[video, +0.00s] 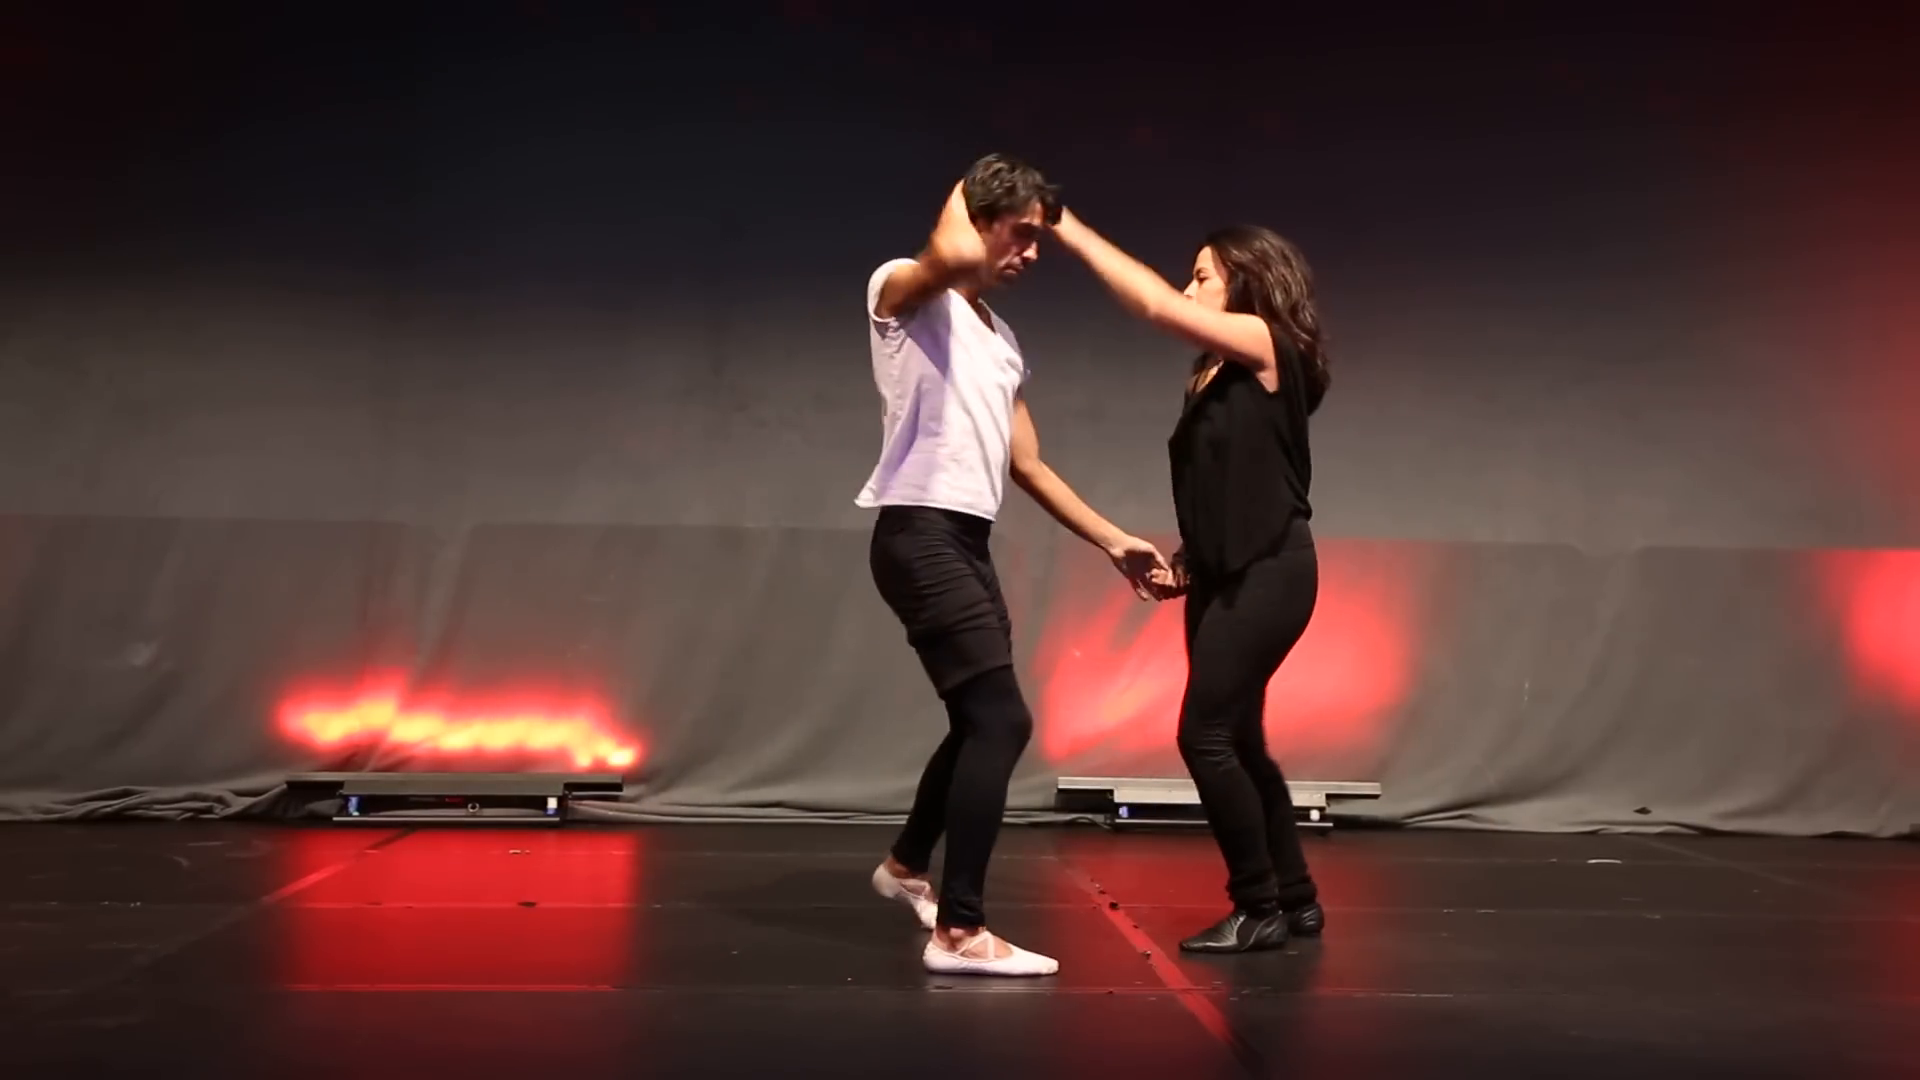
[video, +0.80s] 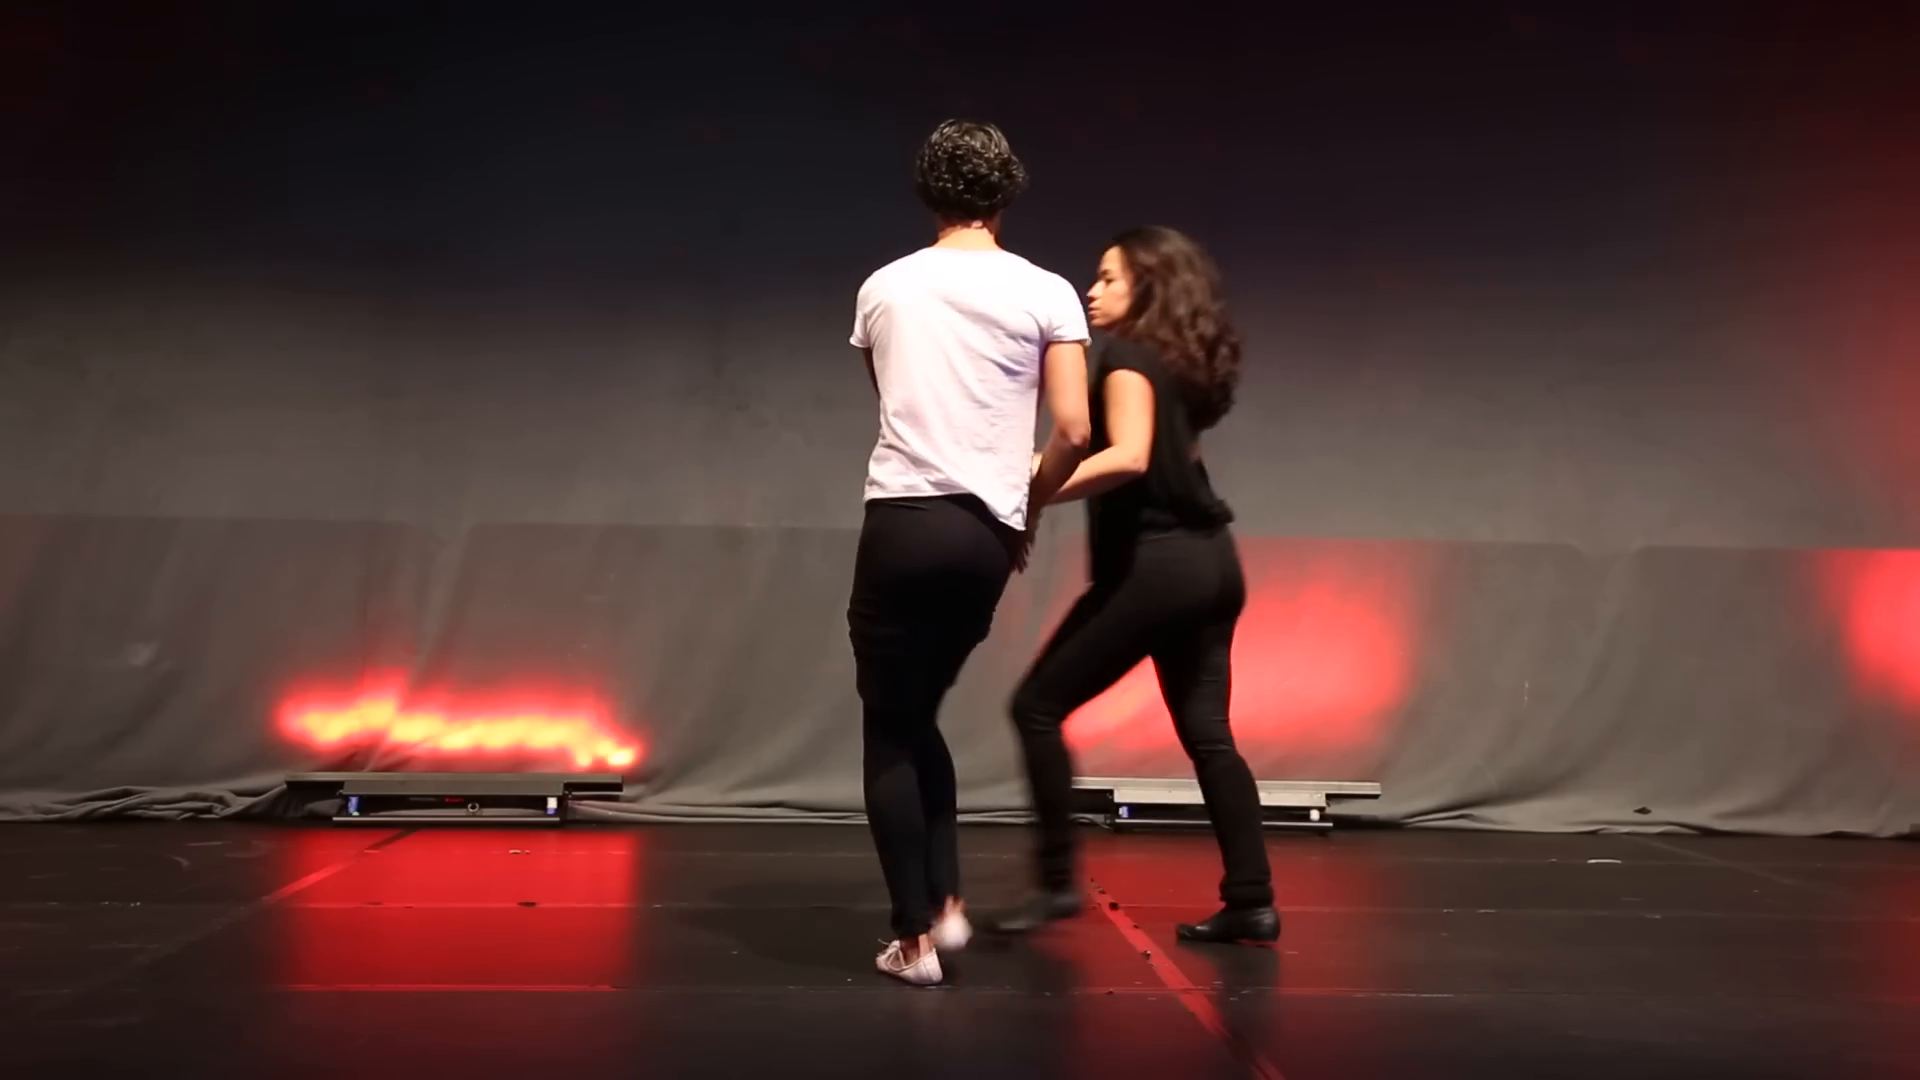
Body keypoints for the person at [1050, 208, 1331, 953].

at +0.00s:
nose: (1189, 290)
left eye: (1202, 278)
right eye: (1191, 277)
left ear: (1248, 283)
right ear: (1231, 288)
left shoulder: (1269, 341)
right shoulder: (1213, 368)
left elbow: (1159, 305)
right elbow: (1230, 493)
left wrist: (1072, 230)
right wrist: (1183, 558)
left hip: (1269, 575)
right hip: (1220, 577)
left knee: (1206, 734)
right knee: (1241, 744)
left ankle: (1260, 910)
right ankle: (1292, 901)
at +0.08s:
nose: (1189, 289)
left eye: (1203, 277)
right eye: (1192, 277)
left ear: (1249, 285)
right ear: (1233, 287)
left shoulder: (1281, 348)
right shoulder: (1210, 365)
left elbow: (1163, 348)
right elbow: (1226, 484)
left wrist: (1079, 296)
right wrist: (1179, 551)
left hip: (1268, 572)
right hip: (1215, 573)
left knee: (1216, 739)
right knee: (1203, 738)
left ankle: (1260, 913)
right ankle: (1285, 884)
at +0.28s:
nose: (1179, 294)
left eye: (1195, 281)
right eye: (1182, 280)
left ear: (1240, 290)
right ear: (1211, 292)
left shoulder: (1264, 366)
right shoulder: (1198, 380)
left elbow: (1196, 442)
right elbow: (1179, 495)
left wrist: (1082, 414)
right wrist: (1097, 523)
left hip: (1267, 584)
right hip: (1212, 585)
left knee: (1232, 742)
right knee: (1122, 717)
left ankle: (1261, 917)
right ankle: (1213, 863)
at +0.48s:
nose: (1155, 281)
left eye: (1170, 269)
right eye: (1159, 269)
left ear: (1214, 279)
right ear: (1190, 282)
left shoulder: (1225, 354)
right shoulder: (1177, 369)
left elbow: (1170, 442)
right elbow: (1104, 436)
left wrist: (1076, 438)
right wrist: (1053, 444)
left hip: (1244, 570)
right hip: (1201, 575)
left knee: (1231, 737)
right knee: (1128, 715)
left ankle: (1260, 913)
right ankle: (1211, 867)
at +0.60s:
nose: (1136, 276)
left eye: (1150, 264)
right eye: (1140, 264)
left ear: (1192, 274)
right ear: (1181, 276)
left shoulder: (1193, 346)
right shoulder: (1177, 351)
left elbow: (1157, 443)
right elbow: (1088, 410)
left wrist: (1075, 463)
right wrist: (1049, 449)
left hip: (1215, 558)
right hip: (1204, 558)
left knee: (1160, 724)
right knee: (1159, 724)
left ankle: (1236, 881)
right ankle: (1231, 880)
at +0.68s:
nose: (1120, 279)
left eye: (1135, 267)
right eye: (1125, 267)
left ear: (1176, 276)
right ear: (1174, 279)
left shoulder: (1163, 349)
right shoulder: (1187, 350)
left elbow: (1148, 448)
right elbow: (1110, 424)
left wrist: (1061, 474)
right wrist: (1068, 432)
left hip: (1191, 562)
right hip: (1224, 559)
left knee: (1097, 714)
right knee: (1185, 724)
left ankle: (1172, 870)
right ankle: (1247, 888)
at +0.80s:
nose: (1093, 291)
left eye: (1107, 279)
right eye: (1097, 278)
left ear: (1147, 287)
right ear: (1155, 290)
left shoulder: (1127, 356)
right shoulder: (1167, 360)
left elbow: (1131, 452)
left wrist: (1043, 491)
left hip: (1156, 574)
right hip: (1208, 572)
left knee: (1037, 705)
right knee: (1210, 737)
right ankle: (1251, 907)